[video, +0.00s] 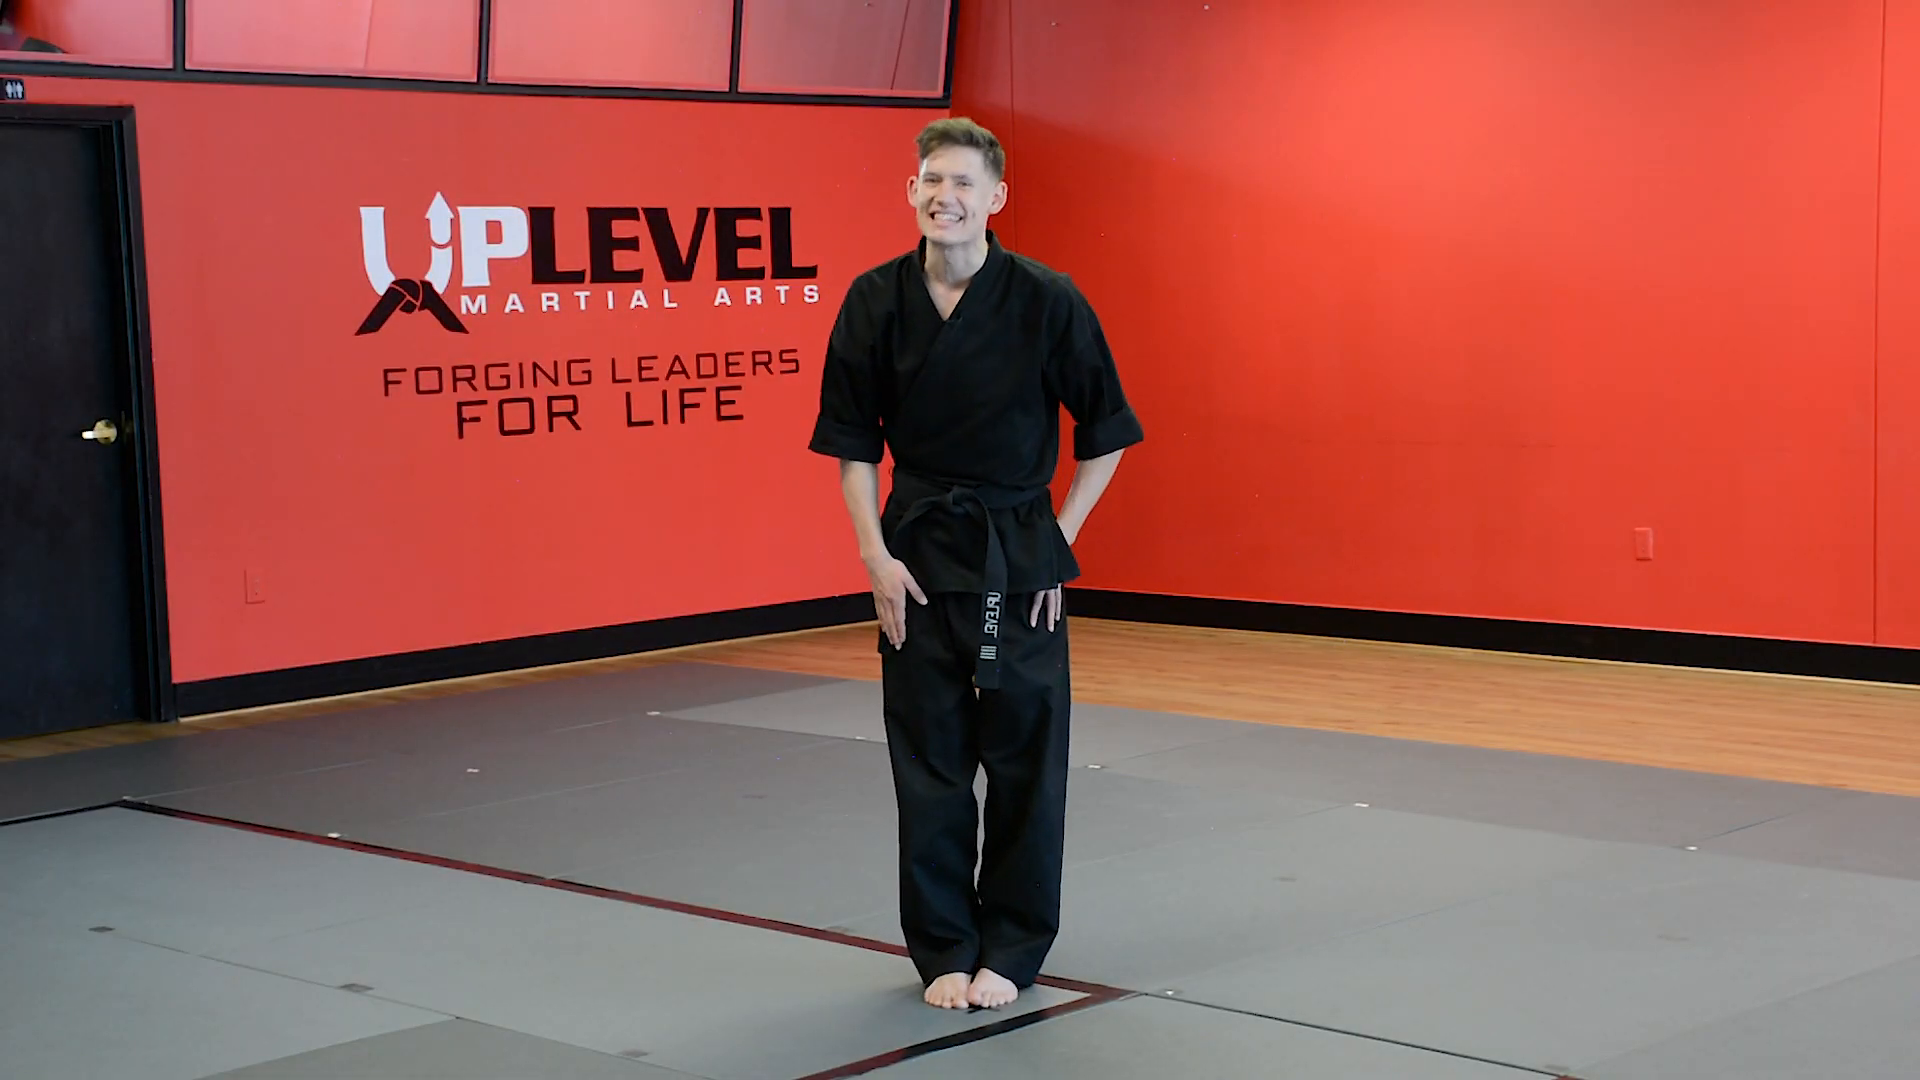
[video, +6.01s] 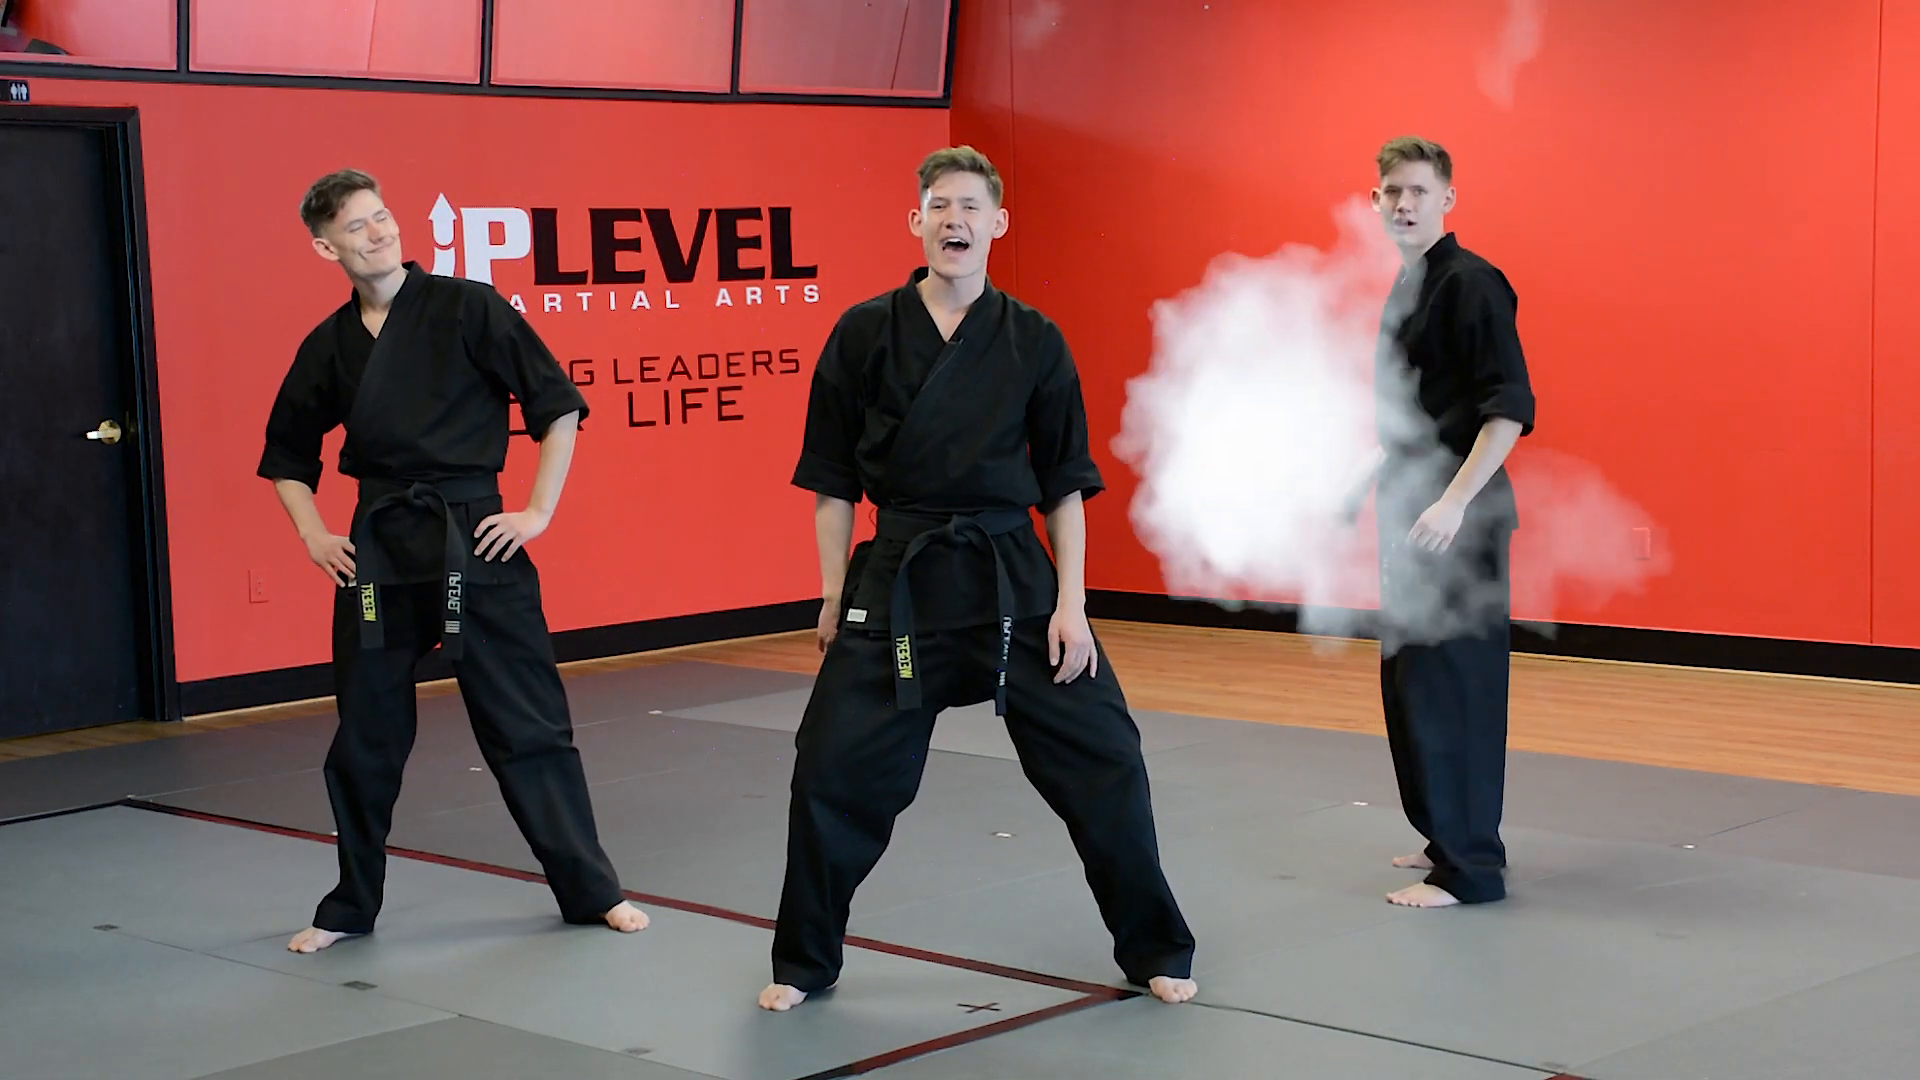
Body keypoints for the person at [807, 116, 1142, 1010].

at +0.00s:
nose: (946, 196)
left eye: (964, 182)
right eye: (933, 181)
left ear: (996, 197)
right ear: (913, 194)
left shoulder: (1046, 300)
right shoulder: (874, 301)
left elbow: (1106, 428)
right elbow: (852, 443)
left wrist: (1058, 537)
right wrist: (875, 557)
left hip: (1020, 544)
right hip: (916, 544)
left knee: (1026, 764)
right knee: (930, 766)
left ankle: (1011, 953)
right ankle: (944, 953)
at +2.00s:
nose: (868, 223)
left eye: (883, 206)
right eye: (861, 207)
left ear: (936, 202)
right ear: (862, 210)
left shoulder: (1021, 295)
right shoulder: (862, 295)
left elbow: (1059, 437)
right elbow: (750, 349)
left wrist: (1066, 560)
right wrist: (798, 379)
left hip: (1009, 537)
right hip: (910, 538)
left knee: (1025, 753)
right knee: (908, 756)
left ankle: (1015, 958)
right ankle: (942, 955)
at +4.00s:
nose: (922, 231)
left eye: (939, 217)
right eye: (909, 216)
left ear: (967, 231)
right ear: (886, 229)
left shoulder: (1016, 329)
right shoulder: (853, 356)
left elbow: (1033, 459)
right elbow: (849, 509)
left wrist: (915, 493)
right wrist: (877, 609)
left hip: (1011, 582)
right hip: (896, 591)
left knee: (1110, 761)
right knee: (827, 768)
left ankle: (1156, 947)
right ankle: (805, 959)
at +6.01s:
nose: (956, 218)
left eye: (972, 206)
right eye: (941, 205)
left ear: (999, 224)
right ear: (916, 223)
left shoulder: (1033, 339)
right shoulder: (863, 334)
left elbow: (1064, 481)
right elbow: (834, 480)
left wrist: (1071, 603)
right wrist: (833, 598)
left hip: (1013, 578)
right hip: (897, 580)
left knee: (1106, 759)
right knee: (832, 766)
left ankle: (1154, 948)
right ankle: (805, 960)